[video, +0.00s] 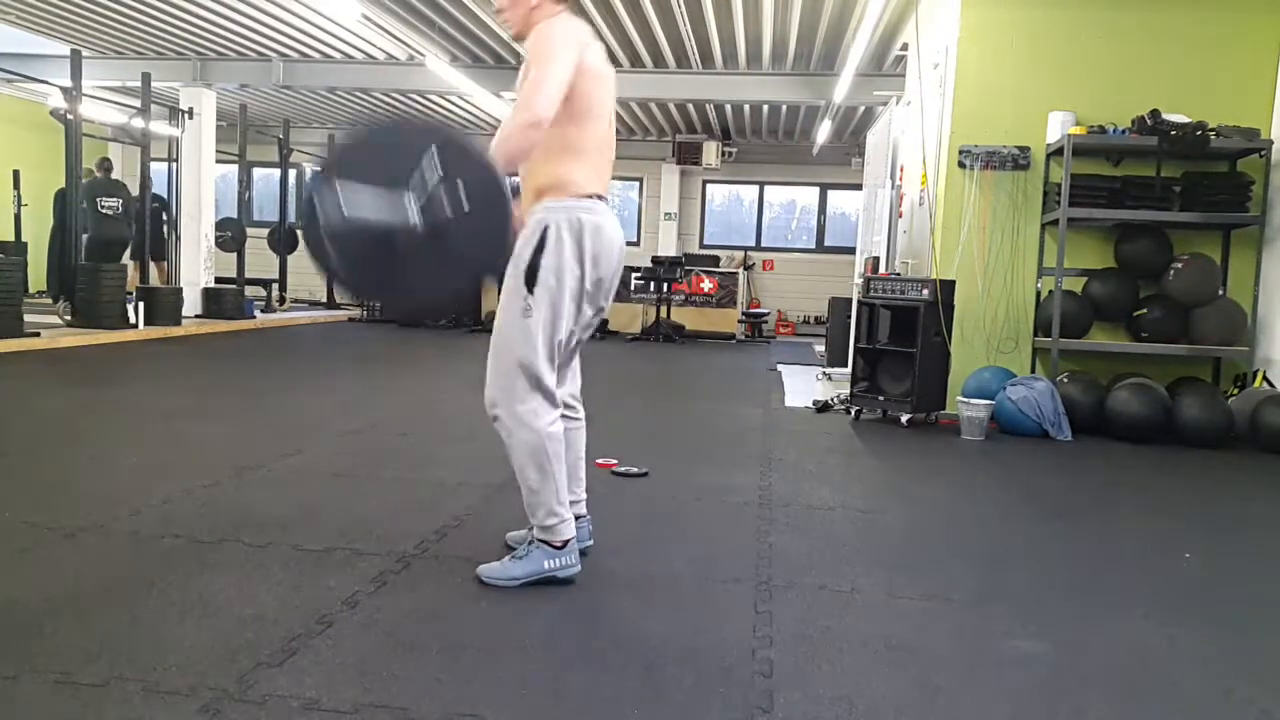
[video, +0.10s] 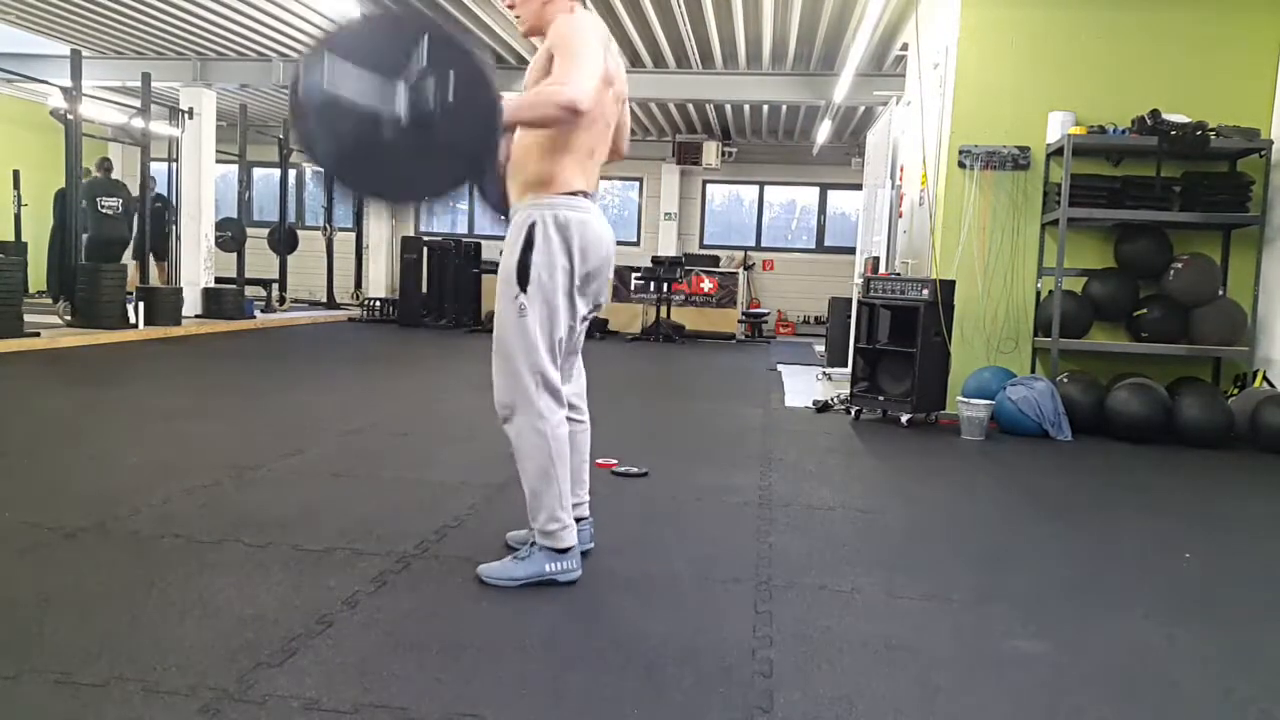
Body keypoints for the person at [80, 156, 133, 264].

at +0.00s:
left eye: (96, 170)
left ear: (96, 170)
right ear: (112, 170)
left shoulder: (89, 185)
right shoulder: (122, 186)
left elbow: (75, 204)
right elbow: (131, 212)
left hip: (98, 233)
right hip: (122, 234)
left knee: (91, 271)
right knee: (111, 270)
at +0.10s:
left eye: (96, 170)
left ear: (96, 169)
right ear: (112, 170)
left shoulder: (89, 186)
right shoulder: (121, 186)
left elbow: (78, 207)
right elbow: (131, 210)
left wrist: (83, 229)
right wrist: (129, 233)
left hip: (98, 233)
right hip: (121, 234)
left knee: (92, 271)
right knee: (112, 271)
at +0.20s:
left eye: (97, 169)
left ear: (97, 169)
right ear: (112, 170)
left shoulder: (89, 185)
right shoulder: (122, 186)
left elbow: (81, 209)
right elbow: (130, 213)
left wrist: (84, 229)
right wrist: (128, 231)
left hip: (98, 232)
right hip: (121, 233)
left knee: (91, 271)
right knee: (112, 270)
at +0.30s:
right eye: (109, 169)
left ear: (97, 169)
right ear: (112, 170)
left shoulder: (89, 185)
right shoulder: (122, 186)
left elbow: (81, 209)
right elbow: (130, 213)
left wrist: (84, 229)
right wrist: (128, 230)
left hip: (98, 234)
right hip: (121, 234)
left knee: (92, 271)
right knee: (111, 270)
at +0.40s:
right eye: (109, 169)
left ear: (97, 169)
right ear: (112, 170)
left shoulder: (90, 185)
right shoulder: (123, 186)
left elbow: (79, 210)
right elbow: (130, 212)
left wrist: (82, 231)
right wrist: (128, 232)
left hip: (98, 235)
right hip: (122, 236)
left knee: (91, 273)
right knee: (111, 272)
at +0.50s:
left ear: (98, 169)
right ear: (112, 170)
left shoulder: (89, 186)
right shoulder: (123, 186)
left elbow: (84, 209)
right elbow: (130, 213)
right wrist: (129, 232)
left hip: (100, 234)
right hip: (122, 235)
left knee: (91, 270)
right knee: (111, 270)